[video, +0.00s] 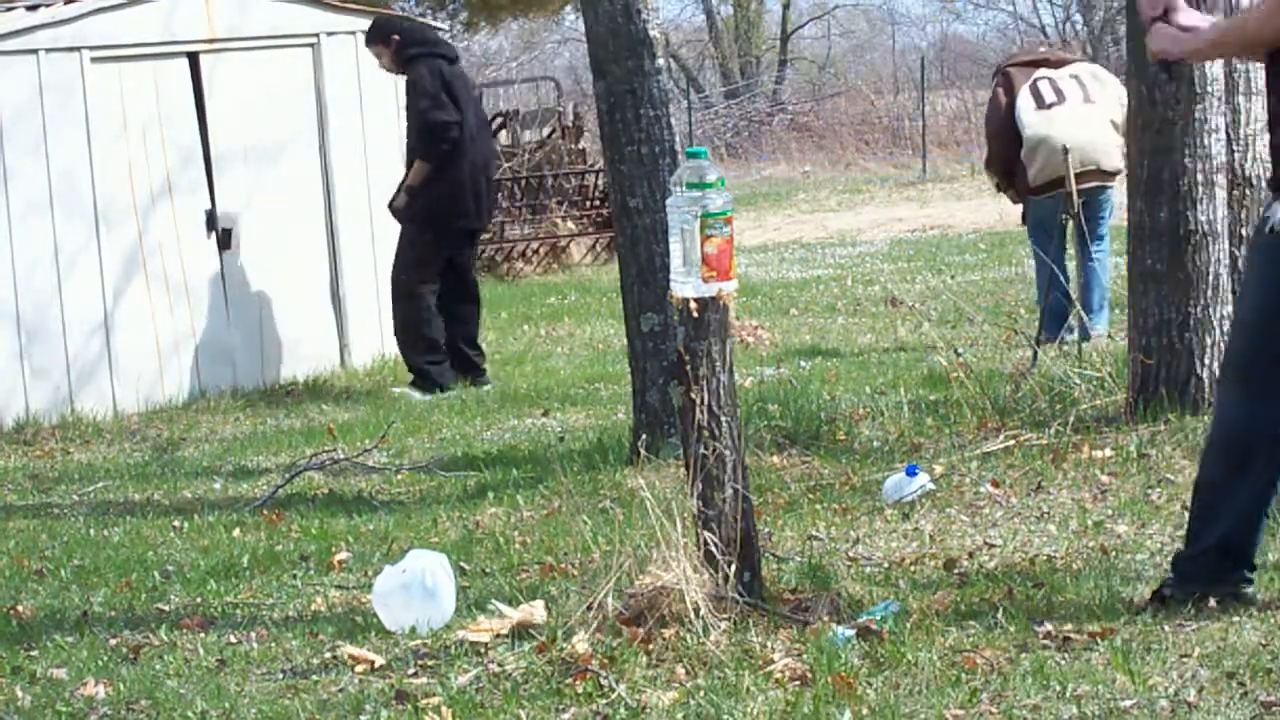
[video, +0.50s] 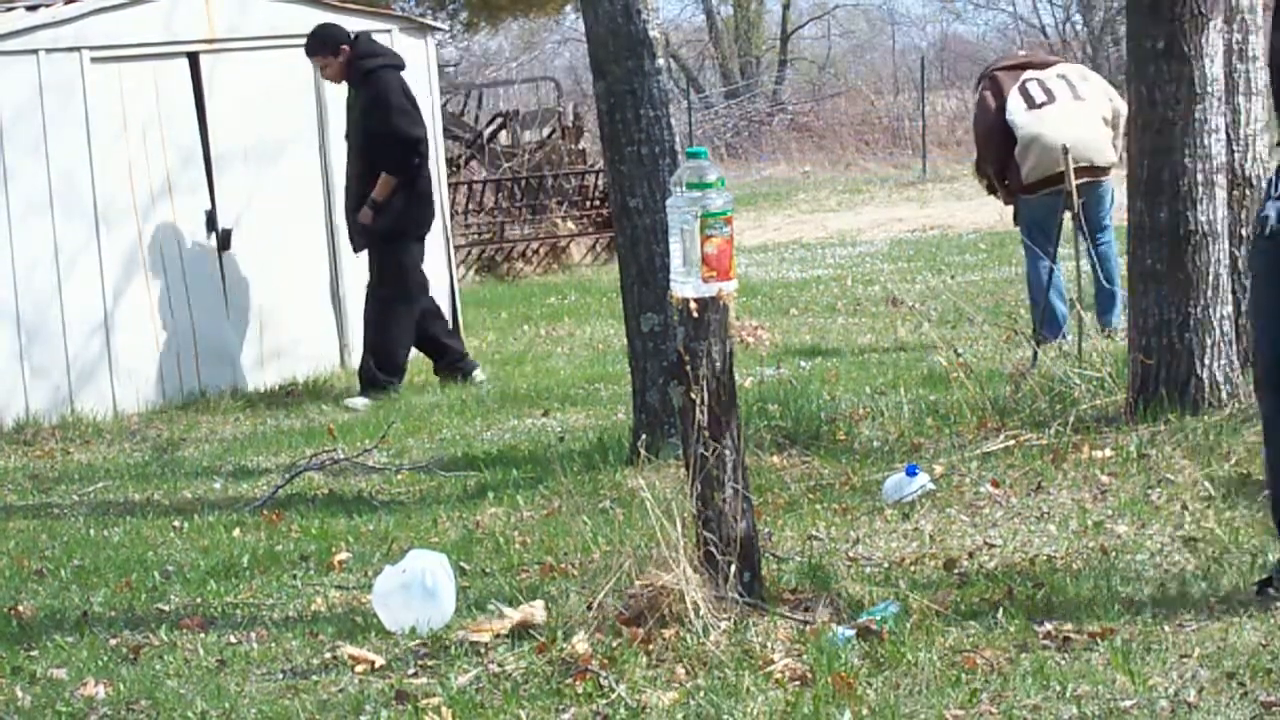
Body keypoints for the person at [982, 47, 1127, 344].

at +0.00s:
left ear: (1022, 56)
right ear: (1061, 51)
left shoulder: (1011, 76)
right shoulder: (1093, 70)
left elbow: (998, 134)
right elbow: (1125, 110)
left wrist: (1007, 181)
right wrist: (1124, 157)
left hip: (1042, 168)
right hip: (1099, 162)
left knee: (1048, 251)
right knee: (1095, 244)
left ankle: (1054, 332)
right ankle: (1096, 329)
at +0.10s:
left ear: (1015, 61)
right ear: (1053, 54)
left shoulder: (1004, 79)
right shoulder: (1088, 70)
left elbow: (993, 138)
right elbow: (1122, 112)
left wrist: (1004, 184)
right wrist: (1113, 157)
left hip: (1040, 166)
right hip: (1095, 161)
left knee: (1043, 247)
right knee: (1094, 241)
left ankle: (1055, 332)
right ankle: (1096, 326)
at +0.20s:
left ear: (1009, 64)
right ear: (1046, 55)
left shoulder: (998, 80)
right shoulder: (1080, 70)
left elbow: (989, 135)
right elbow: (1119, 109)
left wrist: (1000, 183)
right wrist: (1110, 155)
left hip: (1038, 168)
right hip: (1093, 161)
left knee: (1041, 251)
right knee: (1094, 235)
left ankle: (1053, 335)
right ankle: (1093, 313)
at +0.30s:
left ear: (1005, 66)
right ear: (1045, 57)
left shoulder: (994, 81)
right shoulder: (1076, 70)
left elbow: (987, 138)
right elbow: (1118, 108)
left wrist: (1000, 186)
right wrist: (1109, 157)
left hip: (1037, 169)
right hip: (1093, 163)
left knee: (1040, 251)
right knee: (1095, 230)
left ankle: (1052, 337)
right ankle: (1093, 305)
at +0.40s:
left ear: (1004, 66)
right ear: (1044, 56)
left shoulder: (994, 81)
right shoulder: (1076, 69)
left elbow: (986, 136)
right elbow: (1119, 107)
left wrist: (999, 184)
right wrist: (1110, 154)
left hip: (1037, 167)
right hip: (1092, 159)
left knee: (1040, 252)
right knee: (1098, 229)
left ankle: (1051, 335)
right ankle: (1102, 312)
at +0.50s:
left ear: (1006, 65)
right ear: (1045, 56)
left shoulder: (996, 80)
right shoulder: (1077, 69)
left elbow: (987, 133)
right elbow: (1119, 107)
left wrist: (1000, 183)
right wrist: (1111, 154)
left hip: (1038, 168)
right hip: (1093, 159)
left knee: (1041, 252)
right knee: (1101, 236)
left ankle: (1052, 336)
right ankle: (1113, 322)